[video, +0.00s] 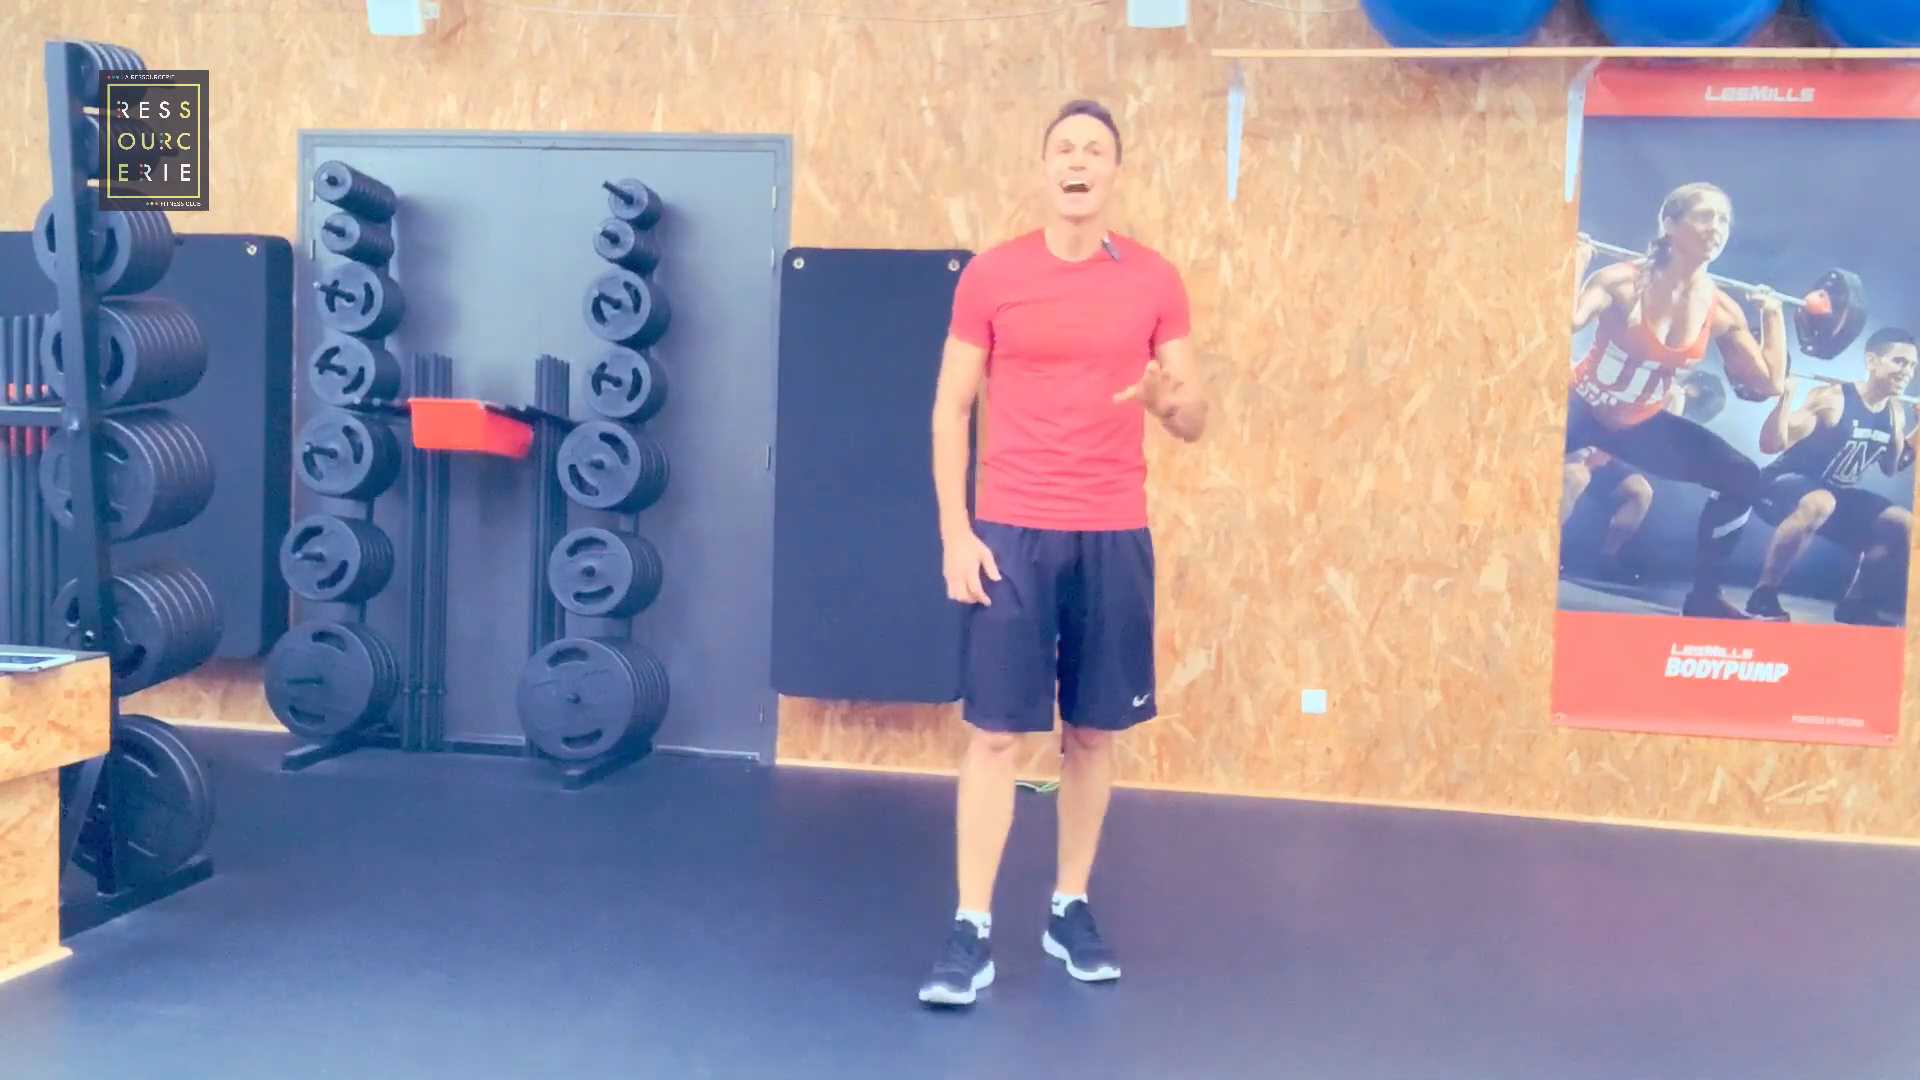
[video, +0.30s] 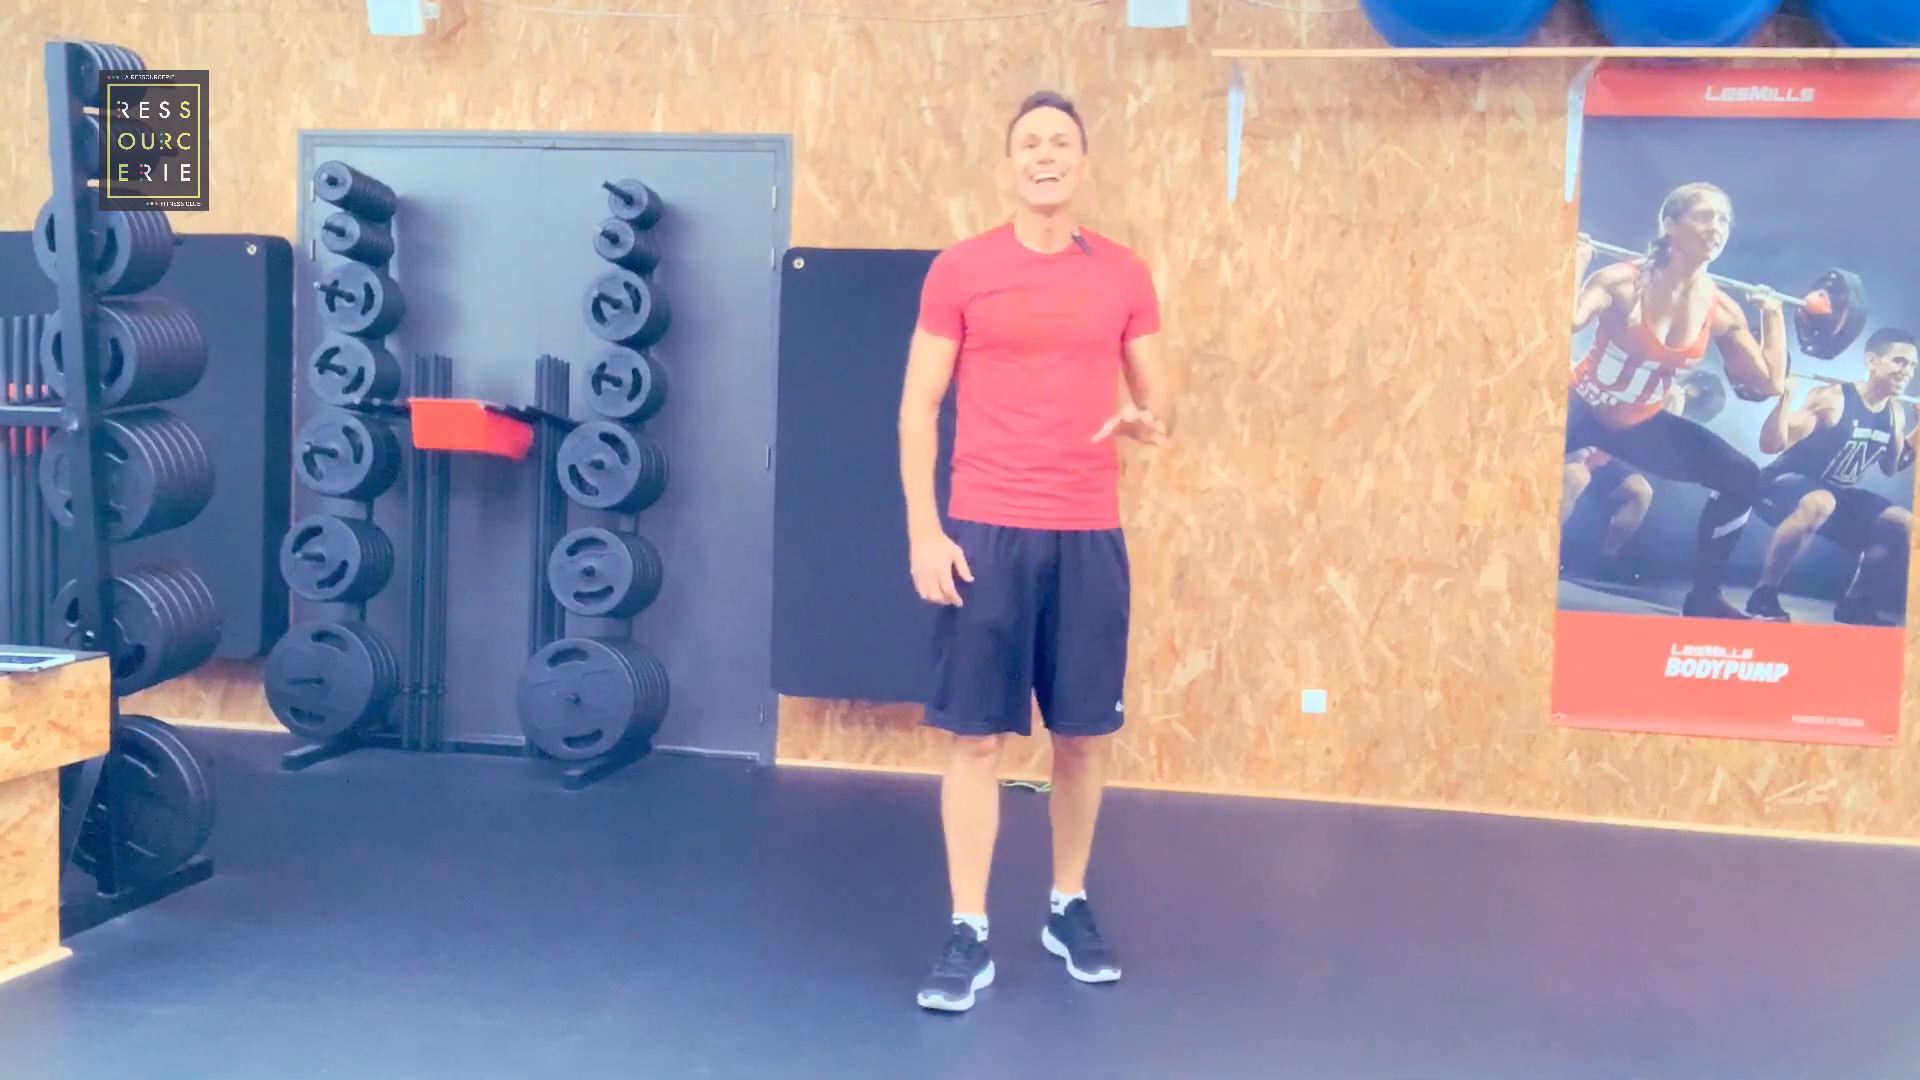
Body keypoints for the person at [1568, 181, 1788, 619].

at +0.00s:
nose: (1716, 228)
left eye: (1724, 220)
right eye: (1704, 216)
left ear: (1729, 232)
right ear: (1670, 224)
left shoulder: (1722, 311)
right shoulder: (1620, 279)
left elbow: (1770, 385)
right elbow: (1558, 326)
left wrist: (1773, 312)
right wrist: (1572, 268)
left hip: (1645, 425)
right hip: (1579, 409)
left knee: (1743, 478)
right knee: (1510, 450)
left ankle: (1705, 597)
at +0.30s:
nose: (1716, 228)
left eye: (1724, 220)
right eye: (1704, 216)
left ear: (1729, 232)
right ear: (1670, 224)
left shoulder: (1721, 311)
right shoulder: (1620, 279)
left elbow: (1770, 386)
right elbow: (1558, 325)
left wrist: (1773, 312)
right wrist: (1572, 268)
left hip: (1644, 425)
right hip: (1579, 409)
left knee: (1742, 478)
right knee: (1510, 450)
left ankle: (1705, 597)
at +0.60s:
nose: (1716, 228)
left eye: (1724, 220)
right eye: (1704, 216)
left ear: (1729, 232)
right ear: (1670, 225)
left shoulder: (1721, 311)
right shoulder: (1620, 279)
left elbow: (1770, 386)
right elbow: (1558, 326)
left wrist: (1773, 312)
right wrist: (1572, 268)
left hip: (1644, 425)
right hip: (1579, 409)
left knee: (1742, 478)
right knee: (1509, 453)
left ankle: (1705, 598)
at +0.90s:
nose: (1716, 228)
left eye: (1724, 220)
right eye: (1704, 216)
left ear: (1728, 232)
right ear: (1670, 224)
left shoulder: (1722, 311)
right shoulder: (1620, 279)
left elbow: (1769, 386)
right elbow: (1559, 325)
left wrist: (1773, 313)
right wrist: (1573, 268)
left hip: (1644, 425)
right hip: (1578, 410)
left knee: (1742, 478)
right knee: (1510, 455)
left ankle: (1705, 597)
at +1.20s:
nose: (1716, 228)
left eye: (1724, 220)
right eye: (1704, 216)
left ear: (1728, 232)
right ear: (1670, 224)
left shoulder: (1722, 311)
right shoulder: (1620, 279)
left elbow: (1769, 386)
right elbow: (1559, 325)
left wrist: (1773, 313)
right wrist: (1572, 268)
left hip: (1644, 425)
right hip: (1578, 410)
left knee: (1742, 478)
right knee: (1510, 454)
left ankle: (1705, 598)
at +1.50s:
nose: (1716, 228)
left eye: (1724, 220)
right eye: (1704, 216)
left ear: (1729, 232)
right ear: (1670, 224)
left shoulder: (1721, 310)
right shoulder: (1620, 279)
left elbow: (1770, 385)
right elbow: (1558, 326)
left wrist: (1773, 312)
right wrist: (1573, 268)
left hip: (1644, 425)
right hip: (1578, 409)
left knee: (1742, 478)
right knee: (1508, 454)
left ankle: (1705, 598)